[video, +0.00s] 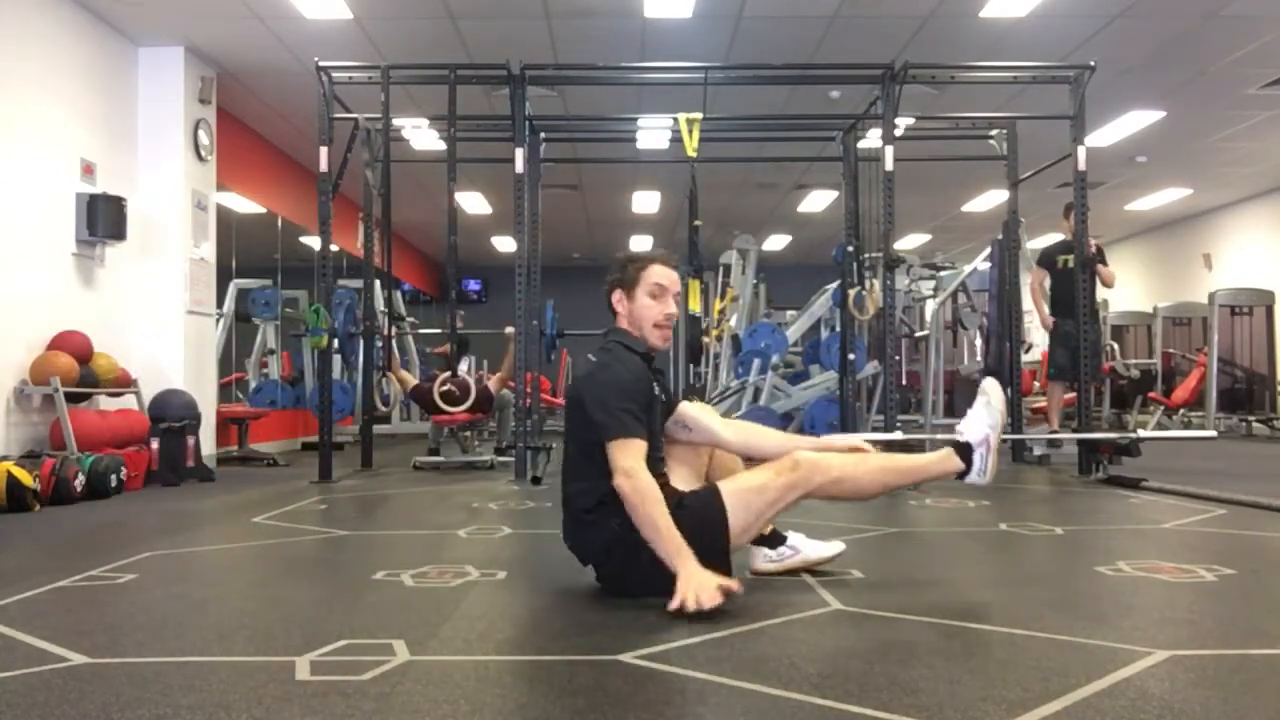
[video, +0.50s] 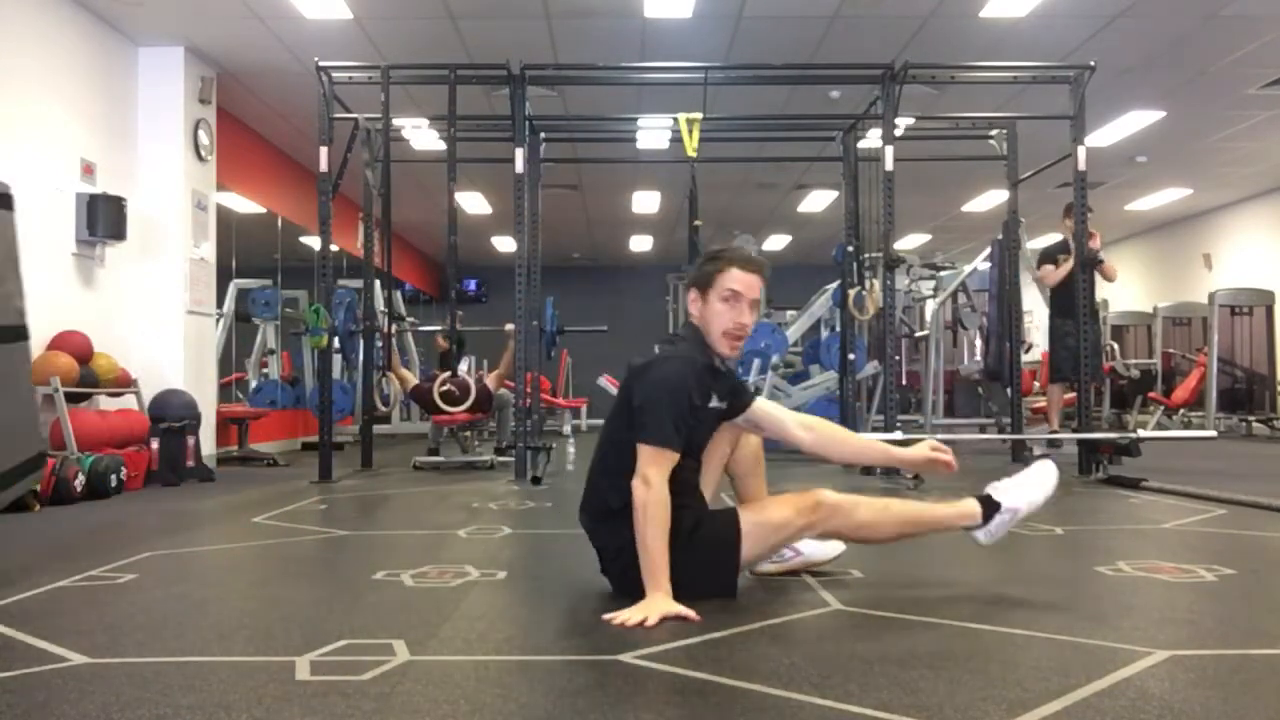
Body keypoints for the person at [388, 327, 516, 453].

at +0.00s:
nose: (447, 386)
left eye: (444, 386)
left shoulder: (427, 397)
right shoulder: (481, 399)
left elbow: (396, 371)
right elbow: (504, 376)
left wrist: (389, 340)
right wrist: (511, 342)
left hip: (440, 409)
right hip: (476, 407)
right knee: (507, 397)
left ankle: (433, 446)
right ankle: (502, 444)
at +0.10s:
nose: (451, 379)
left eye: (443, 385)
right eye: (457, 381)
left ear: (435, 391)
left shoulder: (427, 398)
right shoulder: (481, 399)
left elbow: (397, 371)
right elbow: (504, 375)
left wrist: (390, 339)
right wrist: (511, 340)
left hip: (439, 409)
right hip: (476, 408)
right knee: (506, 397)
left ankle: (434, 446)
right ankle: (502, 444)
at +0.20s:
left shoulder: (427, 398)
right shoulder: (480, 399)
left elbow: (396, 370)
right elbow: (502, 374)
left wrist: (389, 339)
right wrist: (511, 340)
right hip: (475, 403)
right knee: (506, 398)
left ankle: (433, 446)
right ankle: (503, 444)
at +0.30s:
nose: (447, 382)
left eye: (444, 384)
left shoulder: (428, 398)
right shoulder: (480, 398)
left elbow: (397, 370)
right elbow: (503, 374)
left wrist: (389, 339)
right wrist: (511, 340)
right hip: (476, 405)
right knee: (506, 397)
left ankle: (433, 446)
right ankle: (502, 444)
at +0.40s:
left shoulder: (428, 398)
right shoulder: (480, 398)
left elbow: (397, 370)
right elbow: (502, 373)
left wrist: (389, 338)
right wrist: (511, 340)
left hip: (438, 406)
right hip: (475, 404)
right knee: (505, 397)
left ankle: (433, 445)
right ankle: (502, 444)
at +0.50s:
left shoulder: (428, 398)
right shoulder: (480, 399)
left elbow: (397, 370)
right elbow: (501, 373)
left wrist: (389, 338)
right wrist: (511, 340)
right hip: (476, 404)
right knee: (505, 397)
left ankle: (433, 446)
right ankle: (502, 444)